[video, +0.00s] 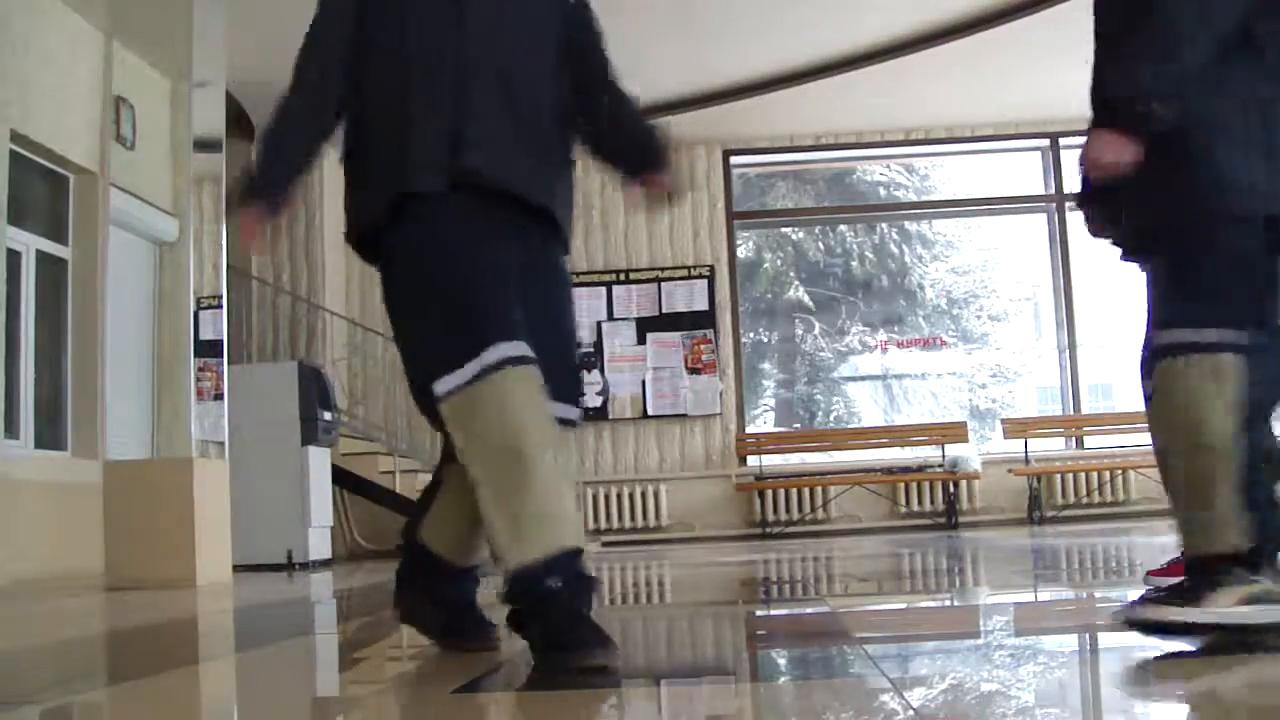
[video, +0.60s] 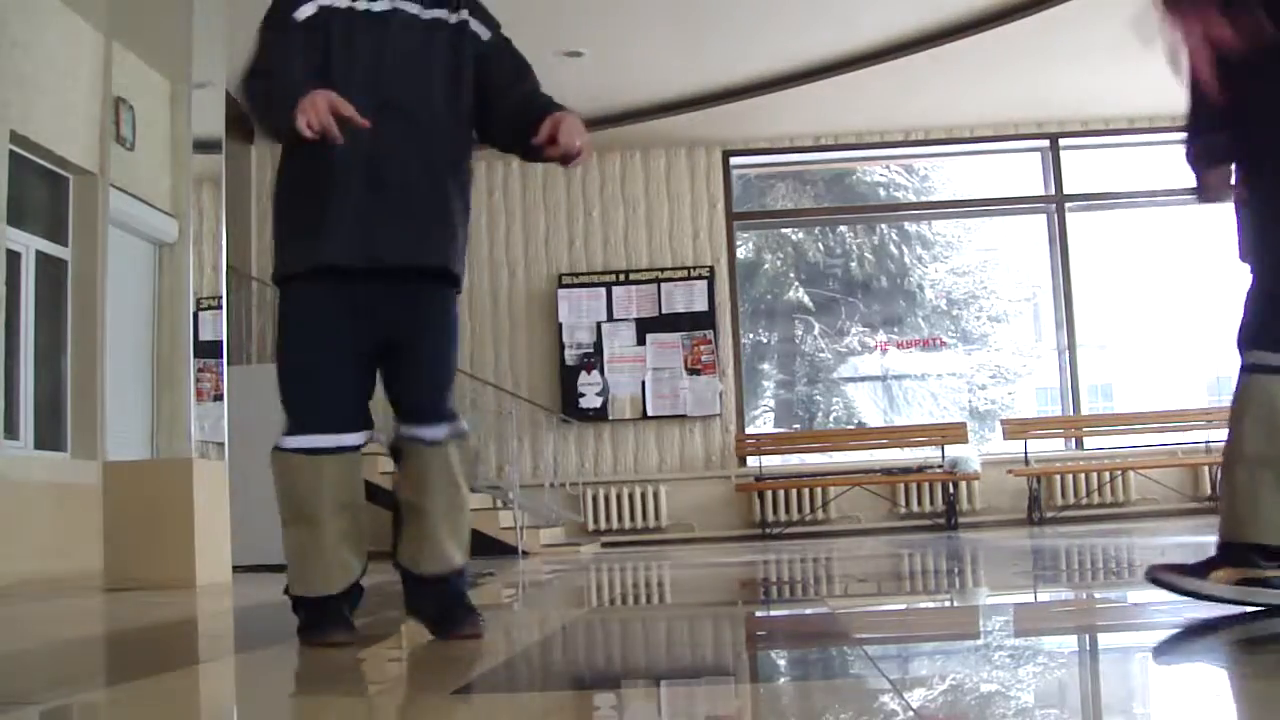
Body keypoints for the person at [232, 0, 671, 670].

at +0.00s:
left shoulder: (558, 12)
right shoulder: (360, 10)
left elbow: (585, 83)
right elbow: (324, 72)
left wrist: (644, 151)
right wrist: (269, 178)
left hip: (526, 193)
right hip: (422, 180)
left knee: (535, 395)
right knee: (494, 382)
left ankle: (434, 574)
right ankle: (555, 608)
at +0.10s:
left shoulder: (539, 9)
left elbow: (544, 61)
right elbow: (330, 37)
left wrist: (554, 168)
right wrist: (342, 148)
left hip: (501, 166)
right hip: (403, 153)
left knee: (502, 370)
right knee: (449, 360)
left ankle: (426, 580)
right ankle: (468, 584)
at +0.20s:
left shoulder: (513, 8)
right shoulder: (347, 4)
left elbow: (528, 80)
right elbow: (294, 72)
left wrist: (531, 143)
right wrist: (367, 91)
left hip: (485, 203)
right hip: (393, 199)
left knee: (501, 404)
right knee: (422, 375)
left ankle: (433, 593)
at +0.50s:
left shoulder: (469, 12)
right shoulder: (323, 5)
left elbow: (494, 56)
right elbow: (297, 19)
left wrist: (535, 93)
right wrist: (328, 58)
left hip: (442, 213)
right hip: (341, 210)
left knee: (454, 408)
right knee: (342, 413)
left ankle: (434, 577)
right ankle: (326, 590)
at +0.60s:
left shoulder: (463, 16)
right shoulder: (307, 8)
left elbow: (506, 96)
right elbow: (267, 82)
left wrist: (550, 123)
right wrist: (297, 101)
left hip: (426, 250)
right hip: (321, 248)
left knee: (431, 424)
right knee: (322, 430)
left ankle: (437, 580)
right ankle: (323, 598)